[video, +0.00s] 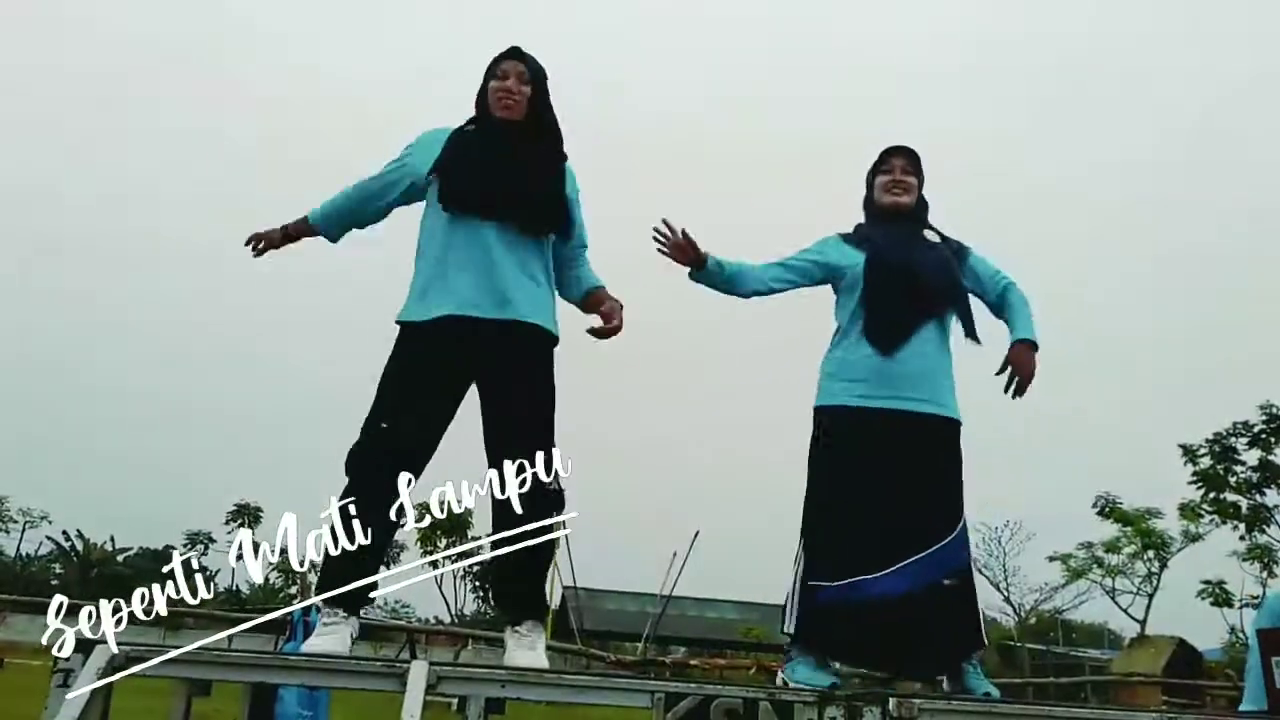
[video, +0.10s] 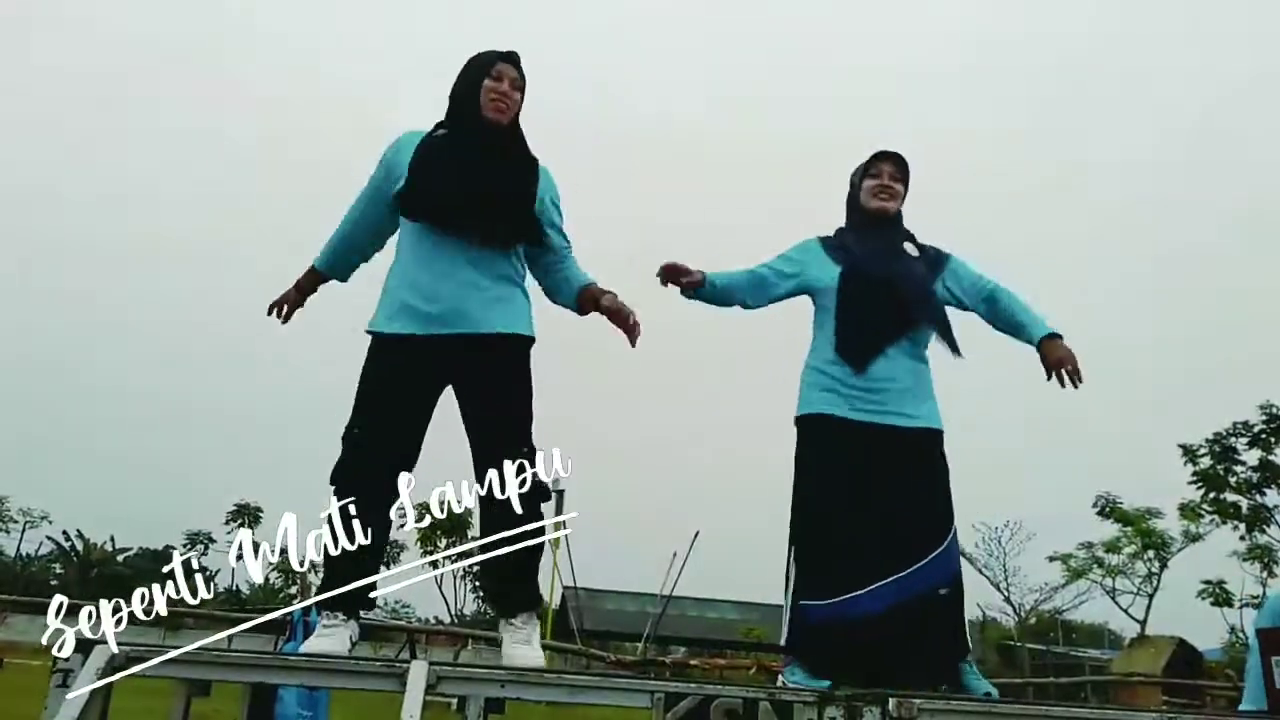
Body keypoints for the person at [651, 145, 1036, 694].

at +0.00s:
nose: (898, 179)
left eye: (908, 174)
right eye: (887, 173)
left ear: (922, 192)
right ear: (869, 191)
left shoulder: (950, 254)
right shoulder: (844, 248)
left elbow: (1007, 292)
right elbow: (767, 276)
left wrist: (1025, 340)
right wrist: (704, 264)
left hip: (929, 411)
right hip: (851, 405)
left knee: (942, 533)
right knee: (832, 529)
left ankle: (961, 661)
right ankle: (808, 653)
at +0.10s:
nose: (885, 184)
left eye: (895, 180)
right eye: (875, 178)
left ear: (905, 198)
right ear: (854, 192)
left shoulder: (930, 261)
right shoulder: (821, 253)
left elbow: (989, 295)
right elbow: (757, 283)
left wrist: (1045, 336)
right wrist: (701, 282)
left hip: (911, 416)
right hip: (832, 410)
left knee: (929, 536)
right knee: (823, 534)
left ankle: (948, 658)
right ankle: (812, 660)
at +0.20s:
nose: (879, 179)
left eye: (889, 175)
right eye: (869, 170)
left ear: (896, 193)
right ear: (845, 181)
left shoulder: (913, 254)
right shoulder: (810, 241)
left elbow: (965, 274)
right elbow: (740, 264)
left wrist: (1007, 285)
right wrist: (727, 285)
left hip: (899, 411)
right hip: (822, 408)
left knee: (923, 530)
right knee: (820, 530)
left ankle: (934, 656)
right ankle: (807, 657)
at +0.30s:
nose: (879, 183)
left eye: (887, 179)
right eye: (869, 172)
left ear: (891, 192)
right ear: (843, 177)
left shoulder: (905, 255)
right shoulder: (808, 235)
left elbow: (975, 267)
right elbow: (729, 257)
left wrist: (949, 239)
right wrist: (765, 293)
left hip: (893, 401)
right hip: (821, 396)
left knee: (891, 521)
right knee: (816, 521)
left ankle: (875, 641)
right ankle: (803, 655)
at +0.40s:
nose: (880, 199)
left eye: (887, 195)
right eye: (872, 188)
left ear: (890, 205)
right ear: (843, 186)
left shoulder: (901, 261)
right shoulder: (807, 245)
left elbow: (957, 257)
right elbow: (732, 270)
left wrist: (890, 229)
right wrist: (784, 306)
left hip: (887, 410)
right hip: (817, 401)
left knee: (877, 528)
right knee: (814, 526)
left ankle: (851, 654)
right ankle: (800, 659)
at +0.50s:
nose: (885, 202)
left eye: (891, 197)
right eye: (877, 190)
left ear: (892, 208)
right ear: (847, 189)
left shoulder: (902, 264)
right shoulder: (804, 250)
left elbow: (963, 258)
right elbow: (735, 282)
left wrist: (893, 236)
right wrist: (787, 318)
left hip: (892, 417)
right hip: (820, 408)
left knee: (908, 529)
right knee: (815, 530)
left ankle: (884, 666)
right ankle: (799, 661)